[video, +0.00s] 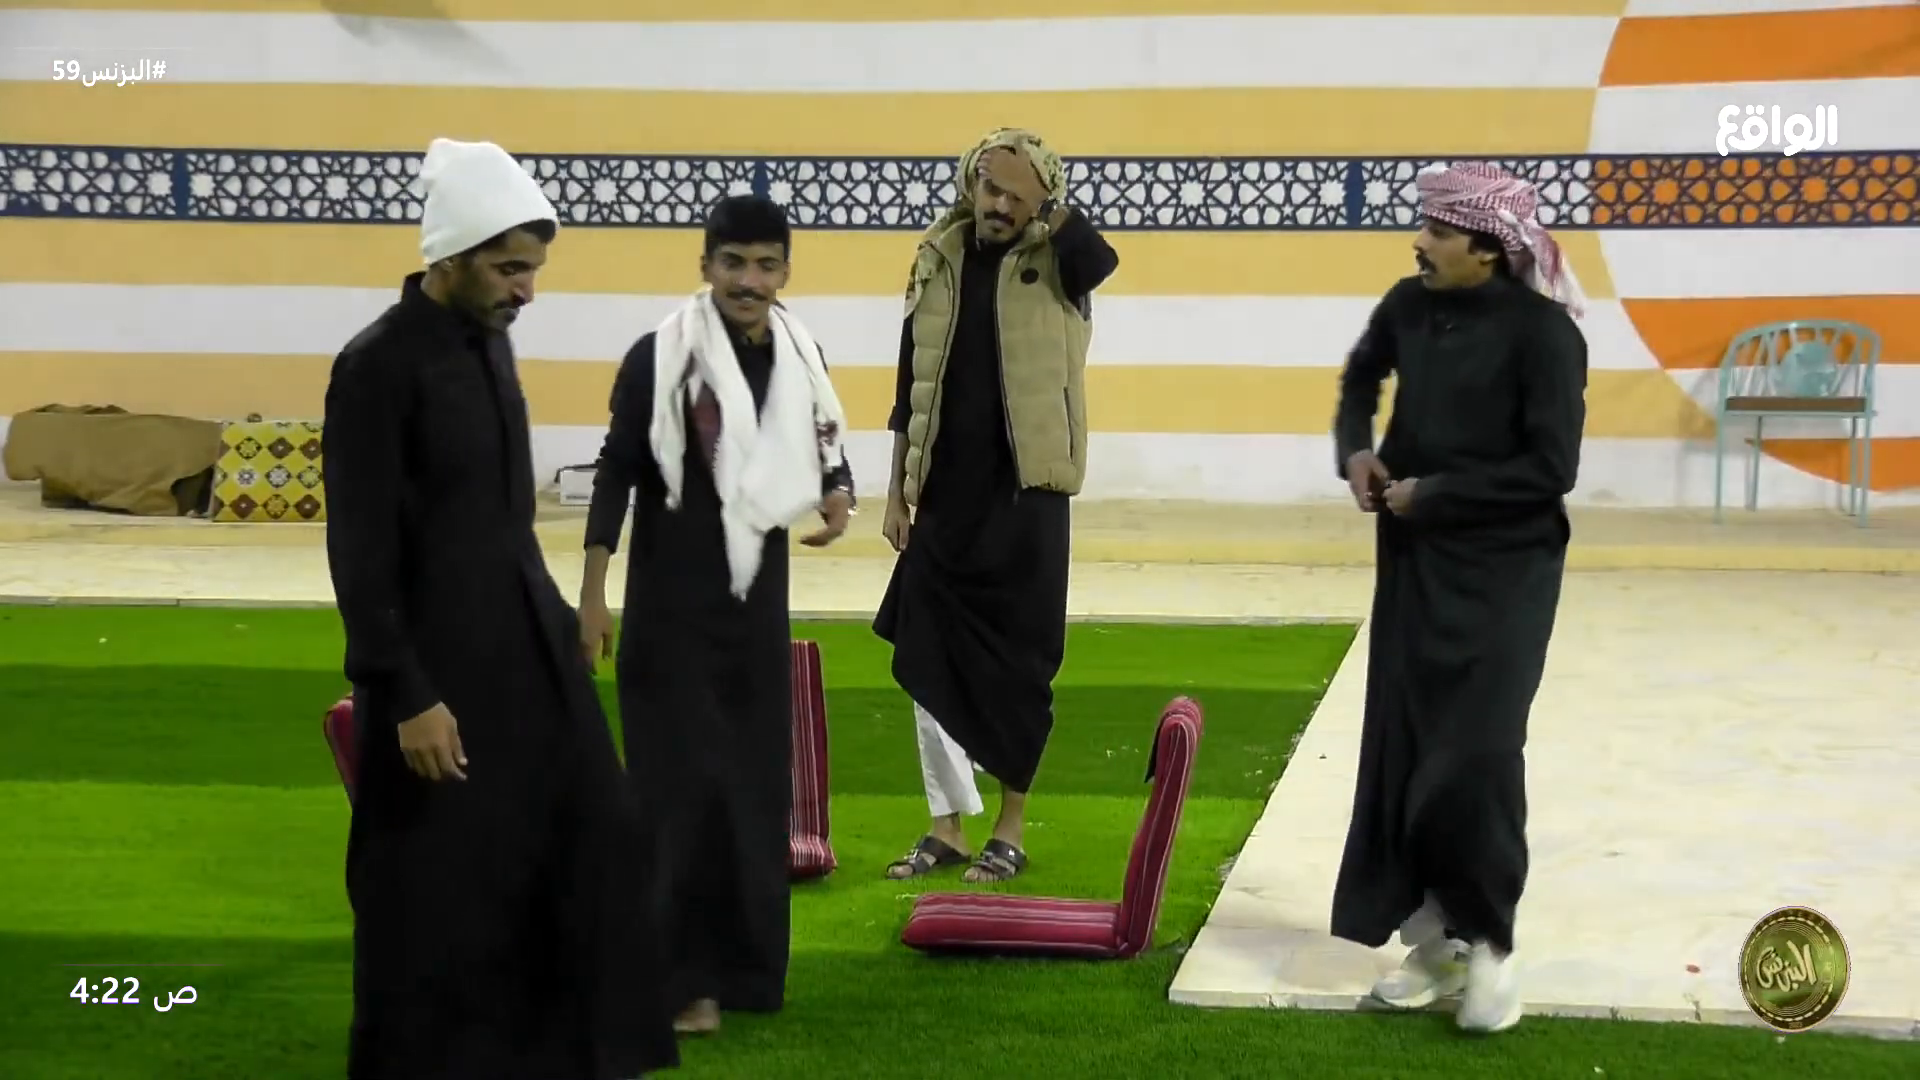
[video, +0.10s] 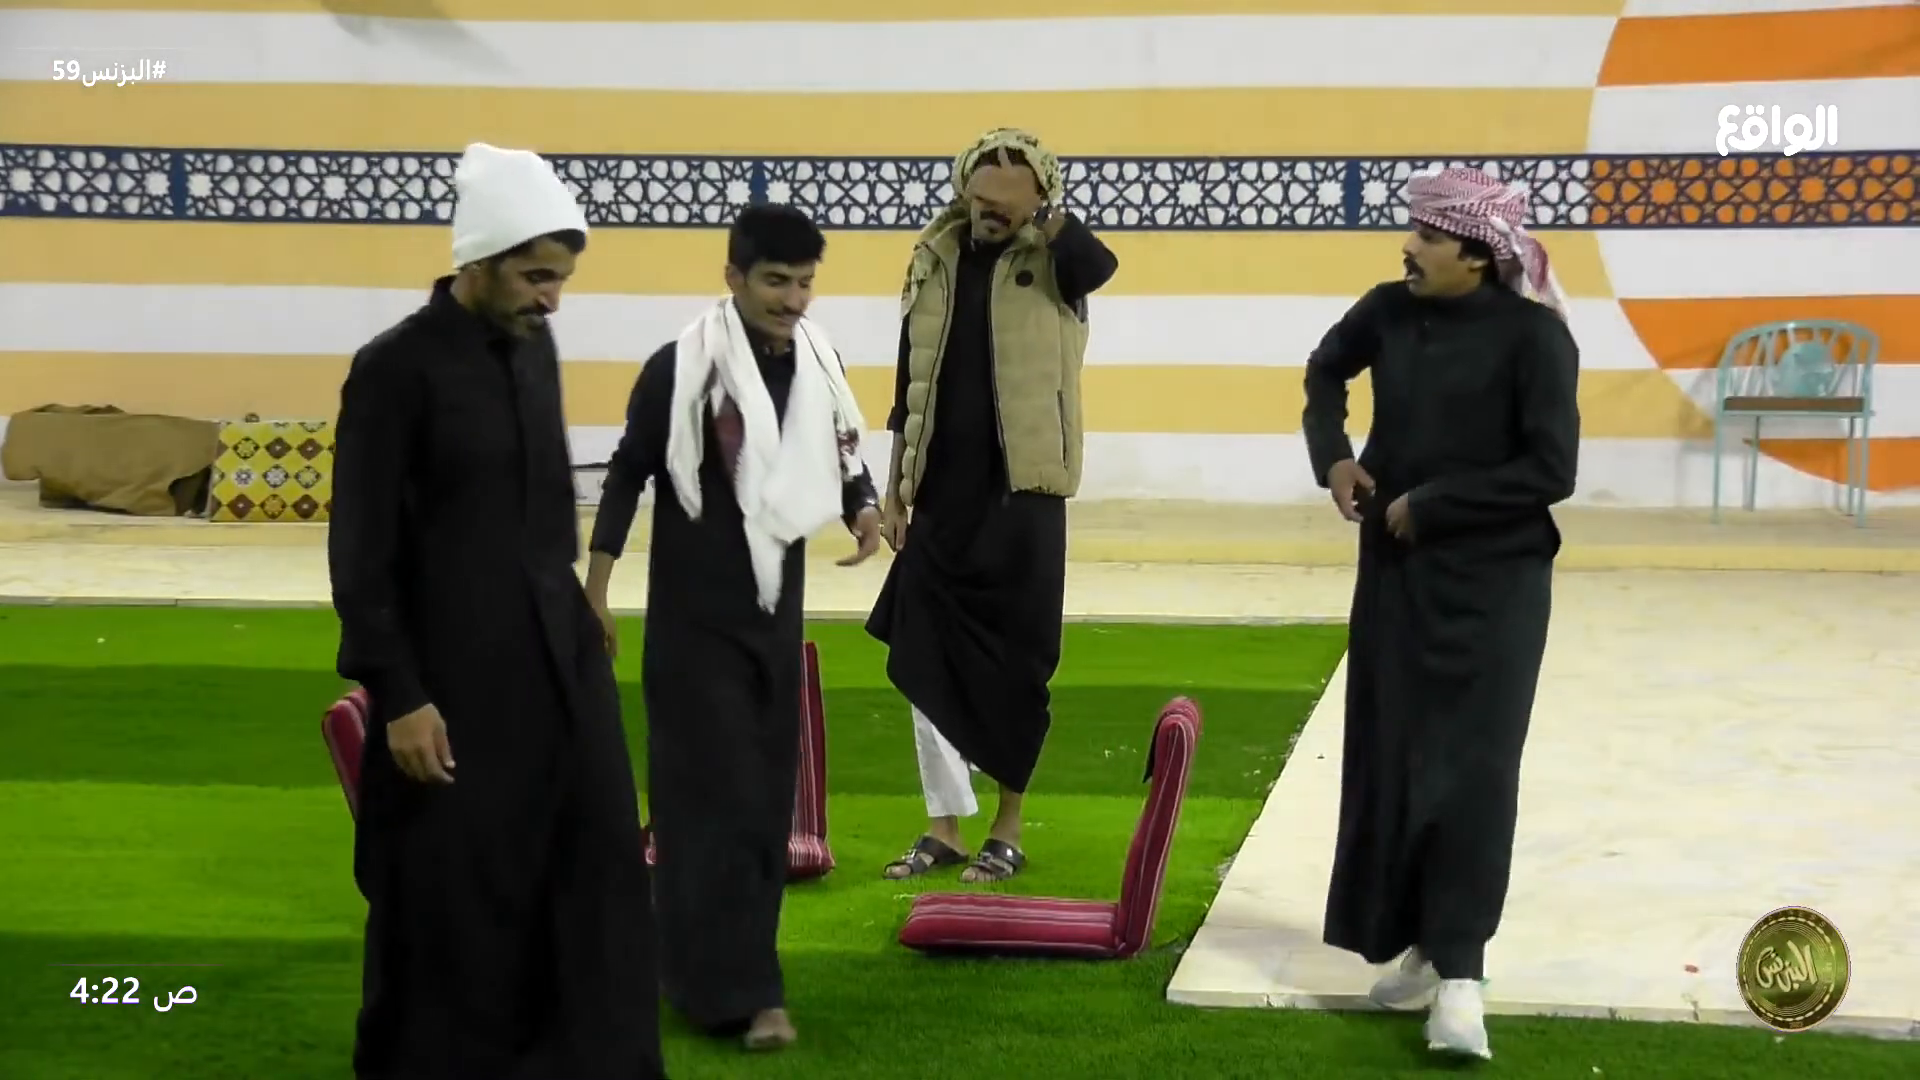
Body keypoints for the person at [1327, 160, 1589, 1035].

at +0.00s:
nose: (1421, 244)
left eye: (1439, 234)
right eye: (1422, 228)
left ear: (1490, 250)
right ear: (1441, 239)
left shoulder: (1545, 333)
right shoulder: (1409, 306)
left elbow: (1549, 470)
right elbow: (1359, 381)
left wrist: (1429, 490)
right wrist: (1355, 452)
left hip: (1506, 568)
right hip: (1417, 561)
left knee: (1474, 749)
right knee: (1409, 745)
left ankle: (1486, 945)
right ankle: (1434, 948)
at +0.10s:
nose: (1410, 247)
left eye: (1429, 238)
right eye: (1412, 232)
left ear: (1479, 256)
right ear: (1421, 241)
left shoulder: (1536, 336)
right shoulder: (1388, 310)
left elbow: (1550, 472)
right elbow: (1322, 373)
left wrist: (1429, 502)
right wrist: (1333, 458)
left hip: (1495, 584)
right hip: (1398, 577)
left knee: (1473, 768)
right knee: (1399, 756)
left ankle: (1461, 977)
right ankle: (1421, 952)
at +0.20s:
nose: (1414, 258)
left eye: (1433, 248)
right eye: (1412, 242)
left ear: (1485, 262)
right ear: (1411, 246)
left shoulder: (1534, 345)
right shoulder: (1381, 318)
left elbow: (1552, 480)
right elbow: (1313, 380)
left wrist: (1428, 512)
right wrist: (1326, 468)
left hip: (1488, 598)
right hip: (1392, 591)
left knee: (1467, 780)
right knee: (1395, 769)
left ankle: (1449, 986)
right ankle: (1413, 964)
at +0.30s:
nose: (1432, 277)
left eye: (1454, 264)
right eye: (1424, 259)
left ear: (1498, 274)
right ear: (1413, 263)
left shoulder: (1537, 366)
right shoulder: (1372, 336)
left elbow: (1551, 502)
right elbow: (1303, 401)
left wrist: (1423, 529)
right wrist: (1314, 487)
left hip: (1477, 624)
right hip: (1374, 616)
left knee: (1459, 807)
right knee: (1375, 799)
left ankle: (1430, 1014)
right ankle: (1391, 986)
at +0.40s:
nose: (1439, 282)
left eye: (1459, 266)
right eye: (1427, 265)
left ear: (1499, 277)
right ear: (1410, 271)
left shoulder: (1536, 376)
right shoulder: (1367, 343)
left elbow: (1547, 513)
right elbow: (1295, 409)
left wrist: (1417, 538)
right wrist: (1303, 499)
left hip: (1467, 631)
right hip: (1360, 621)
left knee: (1448, 818)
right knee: (1362, 809)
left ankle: (1420, 1019)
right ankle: (1385, 1000)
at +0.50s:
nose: (1430, 279)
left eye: (1450, 263)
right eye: (1418, 262)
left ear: (1488, 273)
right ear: (1400, 270)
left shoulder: (1530, 374)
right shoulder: (1358, 342)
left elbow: (1545, 515)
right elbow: (1279, 411)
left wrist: (1415, 542)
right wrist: (1293, 497)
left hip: (1460, 623)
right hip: (1355, 611)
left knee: (1440, 810)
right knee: (1346, 797)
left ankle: (1410, 1016)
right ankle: (1355, 985)